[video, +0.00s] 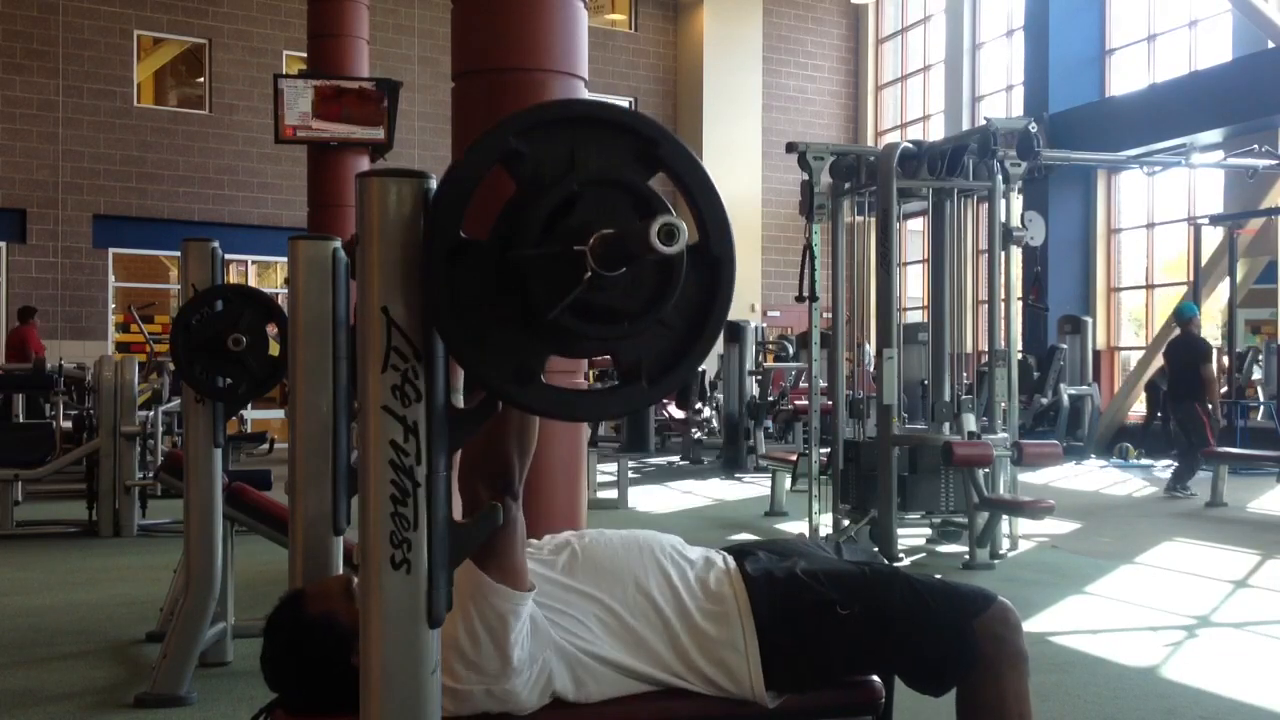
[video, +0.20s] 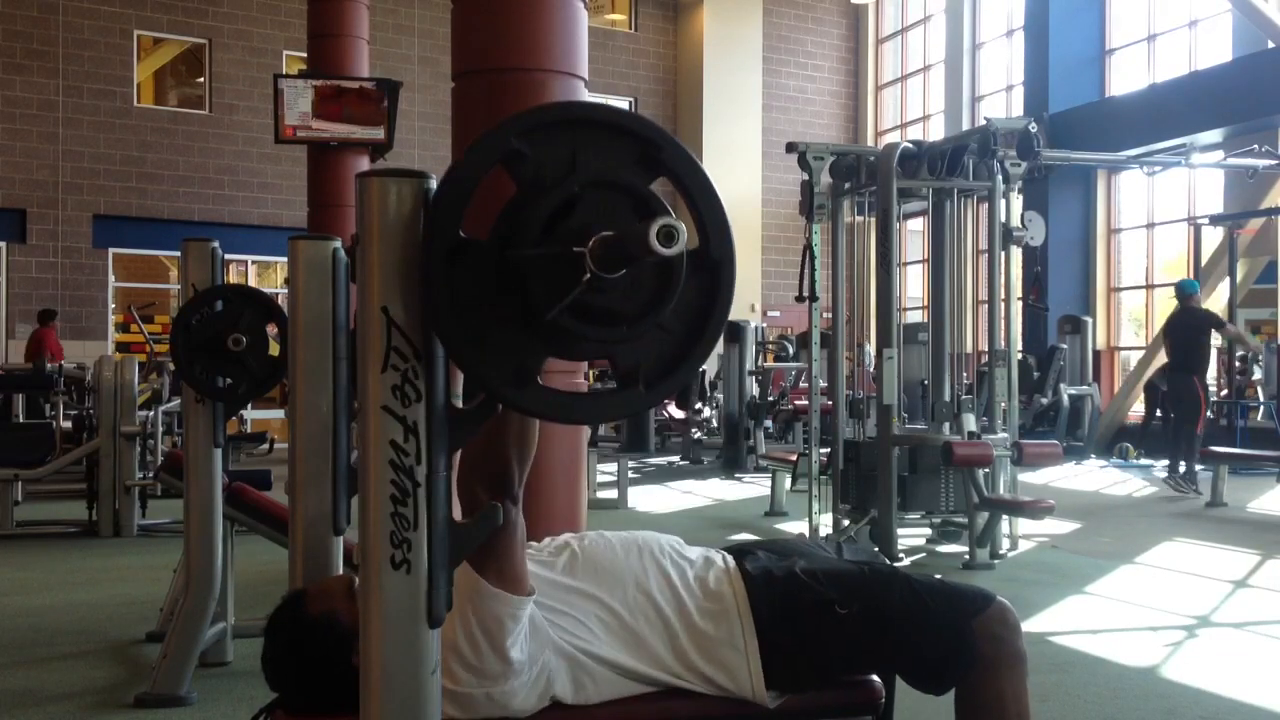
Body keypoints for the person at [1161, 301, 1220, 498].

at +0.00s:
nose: (1200, 320)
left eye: (1198, 317)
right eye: (1198, 317)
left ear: (1179, 323)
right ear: (1193, 320)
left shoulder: (1170, 346)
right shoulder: (1202, 345)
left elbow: (1171, 377)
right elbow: (1209, 378)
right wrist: (1216, 409)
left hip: (1174, 401)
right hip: (1194, 401)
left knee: (1191, 443)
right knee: (1205, 444)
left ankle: (1178, 482)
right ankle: (1178, 482)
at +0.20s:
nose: (1200, 297)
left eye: (1198, 293)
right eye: (1199, 294)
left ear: (1179, 297)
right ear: (1194, 295)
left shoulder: (1171, 319)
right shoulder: (1204, 315)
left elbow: (1167, 347)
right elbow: (1231, 331)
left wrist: (1176, 362)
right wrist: (1249, 344)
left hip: (1173, 376)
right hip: (1193, 377)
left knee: (1178, 422)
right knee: (1194, 425)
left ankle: (1172, 472)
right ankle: (1190, 474)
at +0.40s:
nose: (1202, 303)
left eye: (1199, 301)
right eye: (1200, 300)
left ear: (1182, 305)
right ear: (1198, 301)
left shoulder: (1175, 327)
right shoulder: (1206, 317)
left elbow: (1170, 360)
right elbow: (1229, 296)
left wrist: (1176, 377)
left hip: (1175, 383)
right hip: (1194, 384)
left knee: (1169, 427)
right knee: (1205, 424)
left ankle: (1135, 469)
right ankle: (1195, 480)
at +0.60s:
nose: (1204, 315)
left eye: (1197, 313)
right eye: (1203, 312)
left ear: (1185, 316)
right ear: (1203, 312)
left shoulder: (1181, 338)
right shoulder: (1208, 328)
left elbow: (1172, 364)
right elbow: (1226, 306)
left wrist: (1149, 374)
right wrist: (1231, 278)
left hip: (1172, 393)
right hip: (1193, 394)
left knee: (1166, 435)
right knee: (1206, 432)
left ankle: (1129, 474)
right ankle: (1192, 484)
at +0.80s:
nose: (1204, 300)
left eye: (1202, 297)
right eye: (1203, 297)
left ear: (1184, 298)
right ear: (1199, 297)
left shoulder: (1178, 316)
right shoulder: (1208, 314)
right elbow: (1235, 326)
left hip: (1169, 372)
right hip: (1186, 376)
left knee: (1173, 422)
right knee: (1183, 421)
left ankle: (1172, 472)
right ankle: (1161, 470)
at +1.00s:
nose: (1208, 324)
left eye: (1207, 320)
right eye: (1206, 320)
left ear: (1187, 320)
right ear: (1201, 321)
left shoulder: (1179, 334)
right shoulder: (1208, 344)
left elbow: (1186, 310)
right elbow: (1213, 378)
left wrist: (1195, 286)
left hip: (1178, 394)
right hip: (1184, 397)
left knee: (1200, 440)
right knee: (1172, 440)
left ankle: (1181, 483)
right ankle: (1134, 478)